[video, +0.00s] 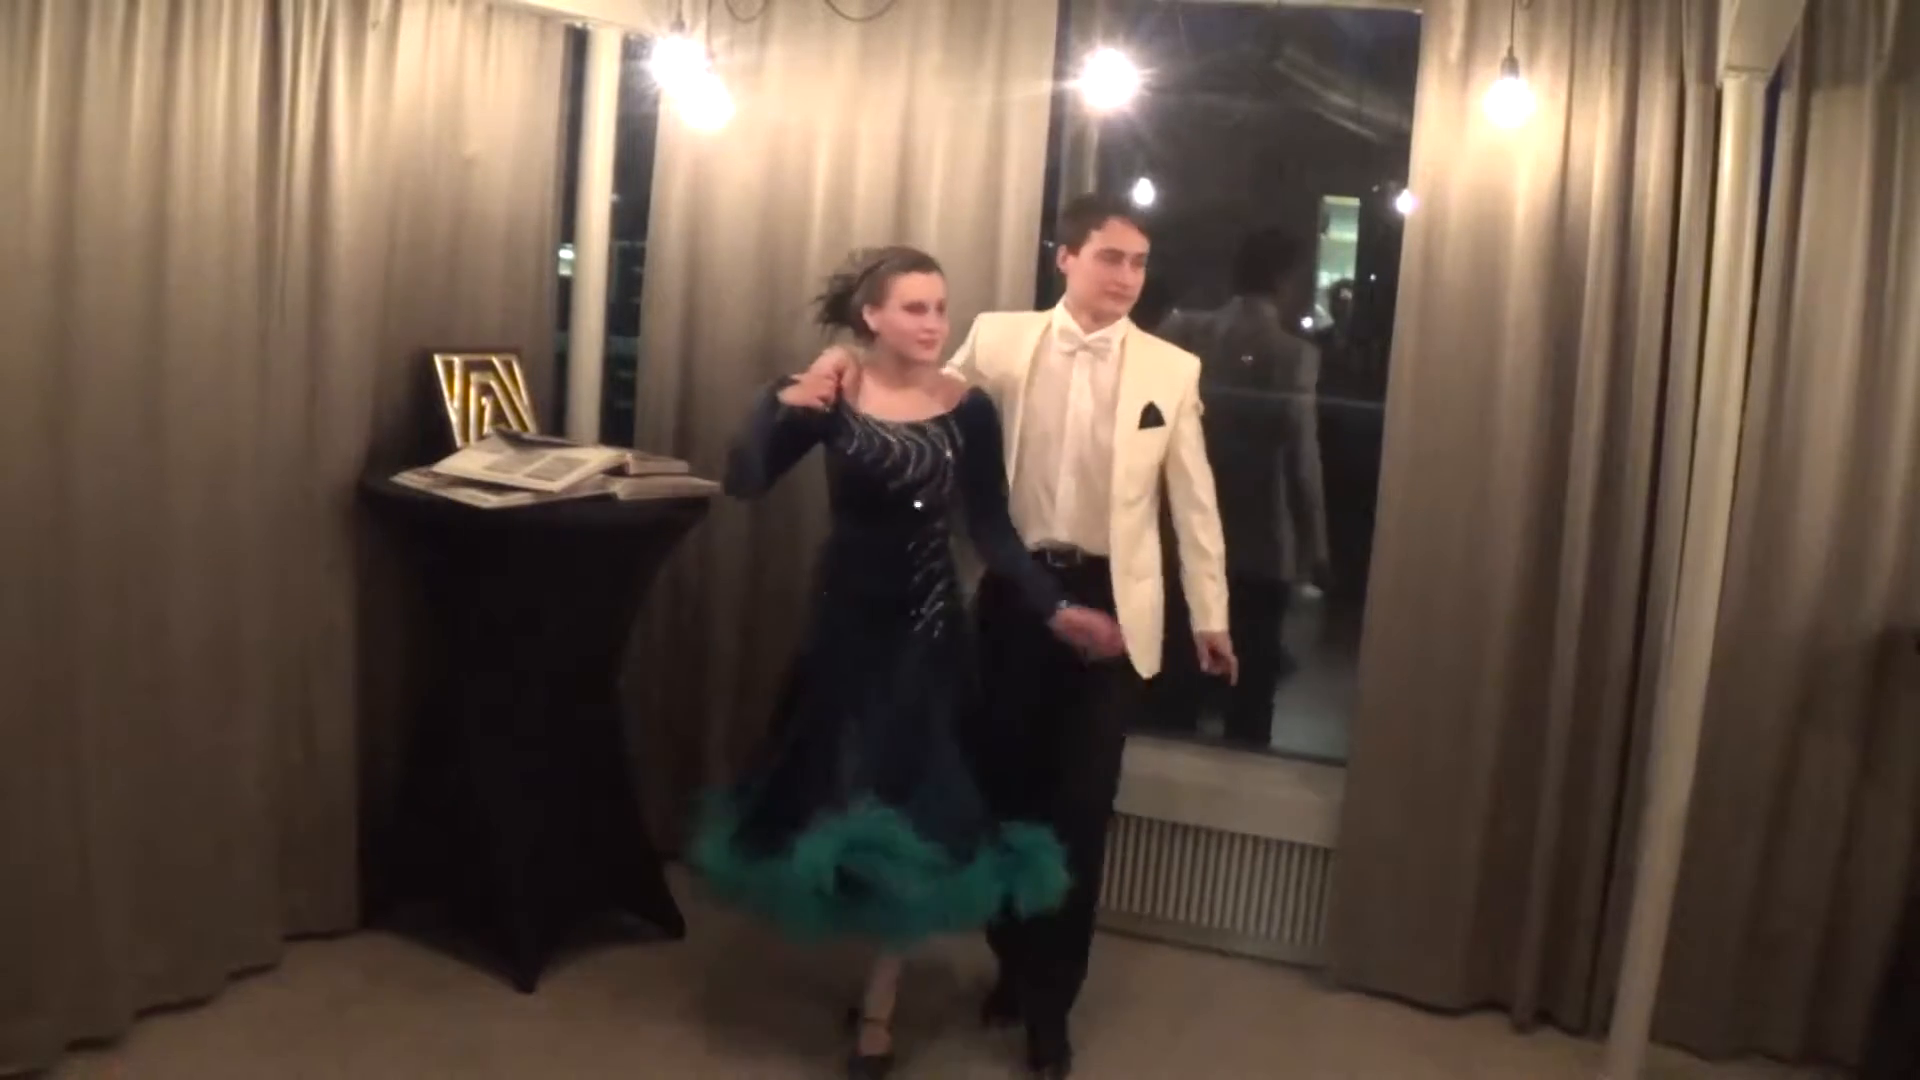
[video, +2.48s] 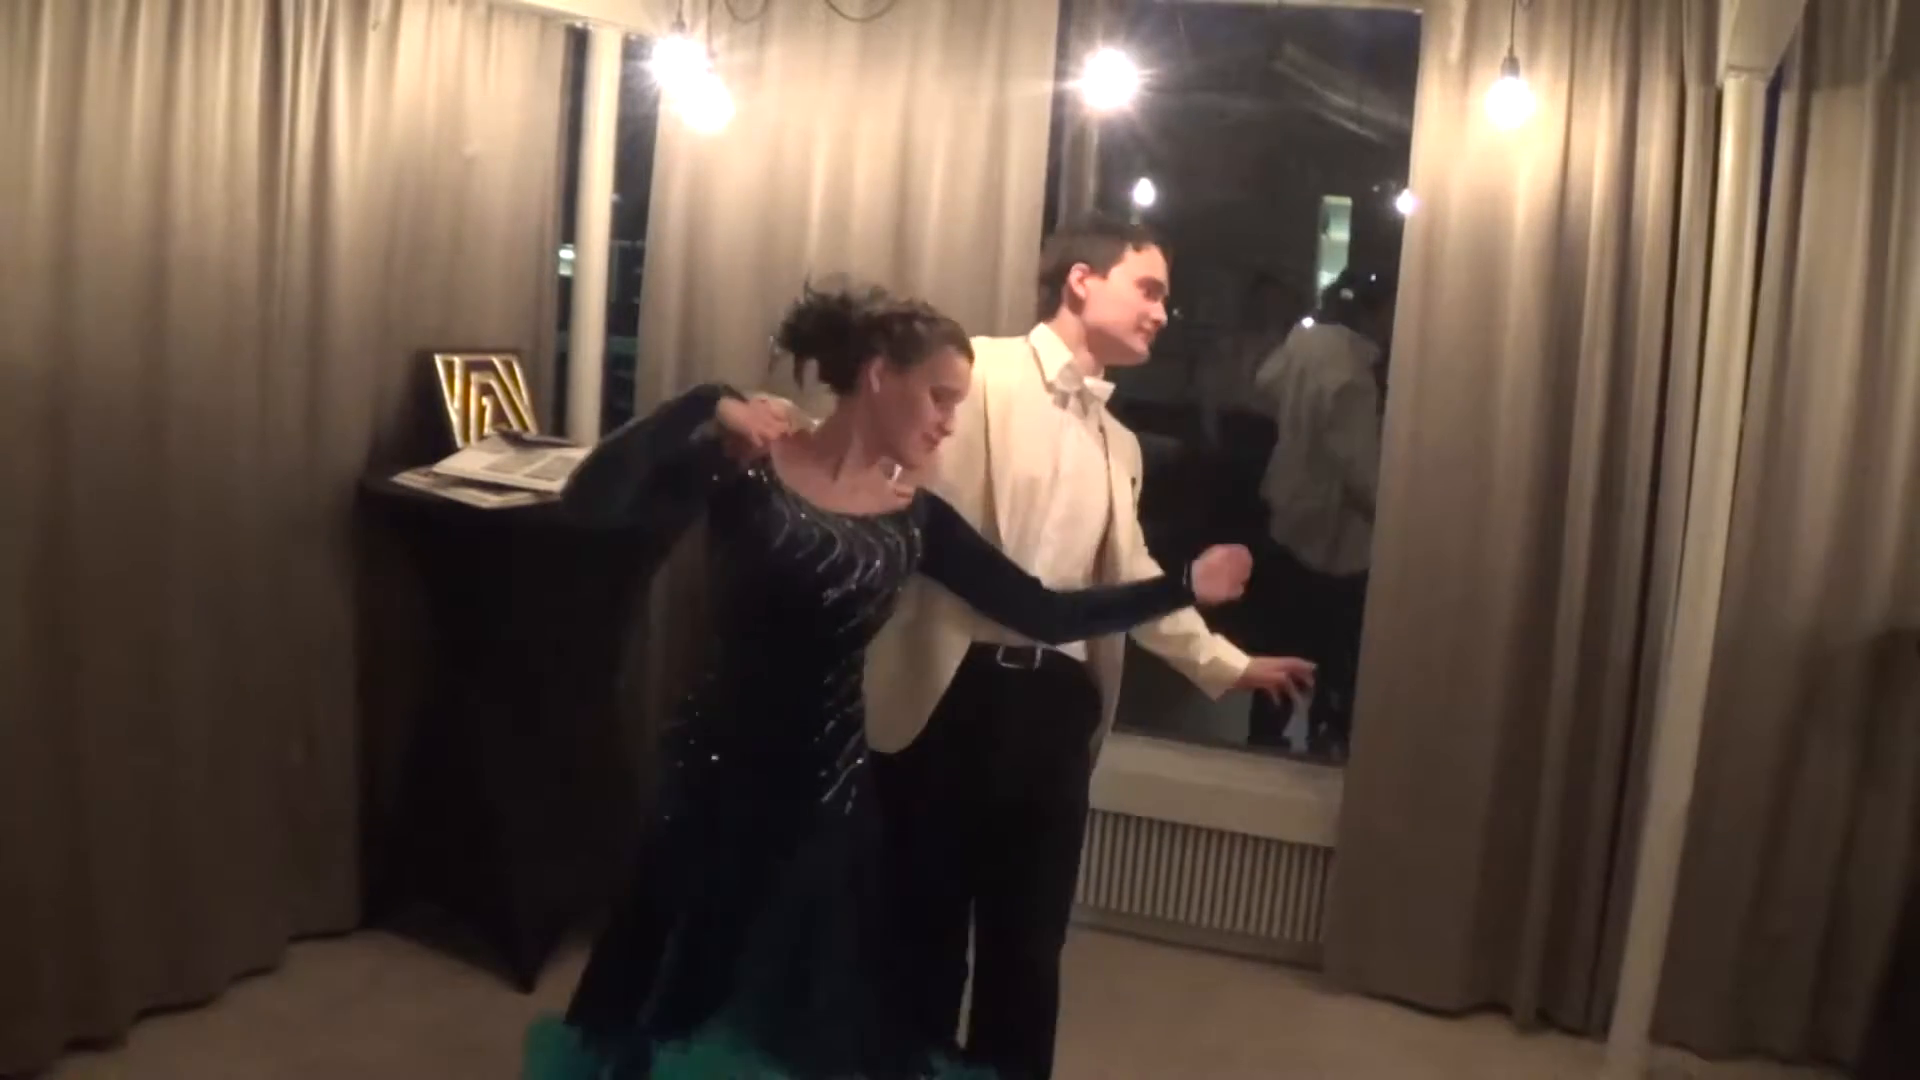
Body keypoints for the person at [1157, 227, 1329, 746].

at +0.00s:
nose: (1308, 290)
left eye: (1307, 278)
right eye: (1304, 278)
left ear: (1240, 273)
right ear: (1286, 281)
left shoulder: (1183, 333)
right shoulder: (1294, 355)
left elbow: (1151, 431)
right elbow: (1302, 462)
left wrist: (1148, 517)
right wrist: (1316, 548)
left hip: (1180, 532)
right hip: (1260, 541)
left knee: (1174, 681)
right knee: (1252, 680)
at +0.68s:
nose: (1326, 291)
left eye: (1324, 282)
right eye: (1324, 282)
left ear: (1264, 280)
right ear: (1316, 286)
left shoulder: (1220, 342)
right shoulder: (1338, 355)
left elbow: (1190, 428)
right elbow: (1371, 439)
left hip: (1216, 526)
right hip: (1297, 536)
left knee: (1212, 650)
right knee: (1272, 661)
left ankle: (1207, 764)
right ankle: (1241, 767)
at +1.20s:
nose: (1347, 301)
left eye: (1345, 291)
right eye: (1345, 292)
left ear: (1293, 289)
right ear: (1335, 295)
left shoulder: (1245, 350)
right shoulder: (1357, 365)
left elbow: (1208, 419)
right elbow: (1370, 452)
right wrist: (1371, 509)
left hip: (1240, 522)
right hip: (1319, 536)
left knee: (1233, 651)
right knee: (1296, 663)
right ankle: (1248, 763)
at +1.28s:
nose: (1351, 314)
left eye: (1349, 305)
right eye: (1348, 305)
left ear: (1299, 307)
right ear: (1336, 308)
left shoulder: (1247, 362)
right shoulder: (1354, 381)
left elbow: (1198, 416)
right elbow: (1363, 479)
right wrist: (1364, 554)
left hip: (1233, 543)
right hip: (1311, 555)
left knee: (1225, 674)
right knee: (1320, 668)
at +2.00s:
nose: (1385, 298)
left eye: (1384, 287)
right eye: (1380, 287)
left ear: (1327, 282)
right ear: (1365, 287)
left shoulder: (1280, 327)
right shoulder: (1376, 348)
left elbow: (1233, 378)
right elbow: (1387, 430)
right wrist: (1385, 503)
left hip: (1263, 490)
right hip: (1336, 499)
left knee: (1269, 622)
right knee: (1331, 636)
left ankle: (1268, 738)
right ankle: (1279, 736)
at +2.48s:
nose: (1394, 323)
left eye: (1395, 311)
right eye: (1392, 312)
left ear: (1342, 296)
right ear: (1379, 309)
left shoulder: (1304, 341)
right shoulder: (1349, 377)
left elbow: (1266, 380)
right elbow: (1361, 467)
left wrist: (1301, 415)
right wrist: (1393, 511)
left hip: (1287, 509)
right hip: (1334, 526)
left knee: (1280, 626)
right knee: (1335, 638)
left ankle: (1266, 733)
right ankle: (1328, 737)